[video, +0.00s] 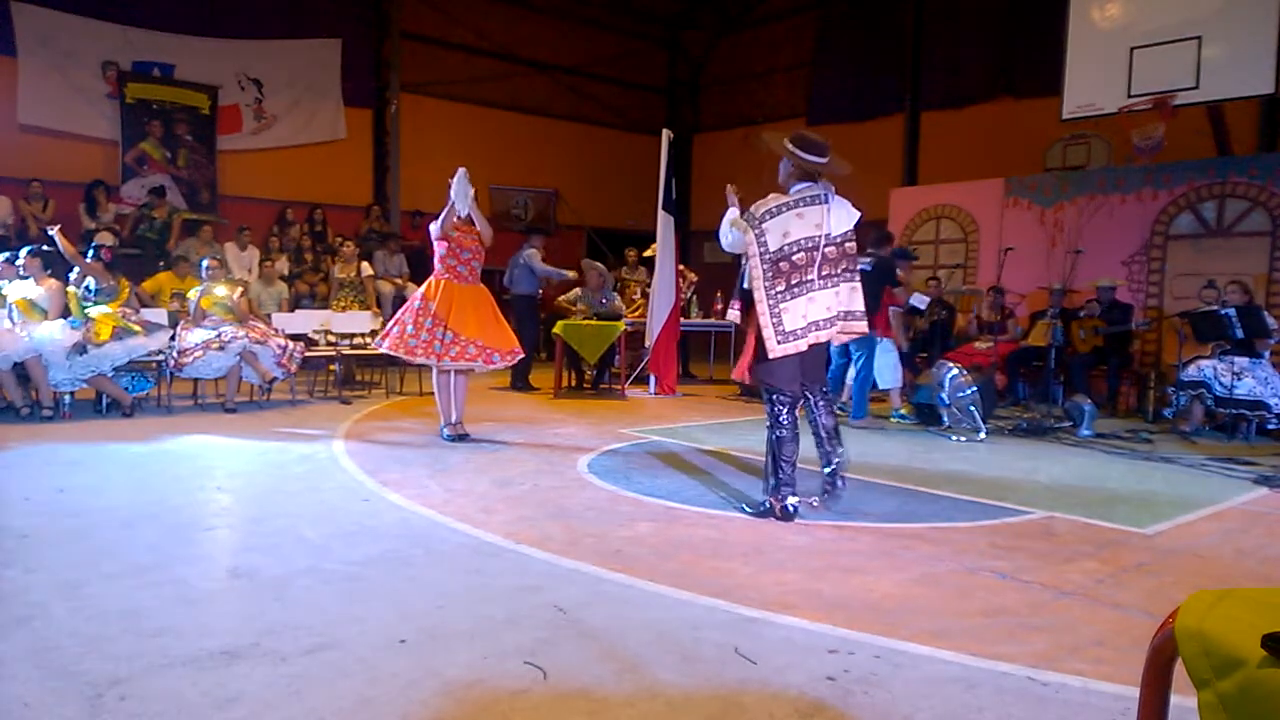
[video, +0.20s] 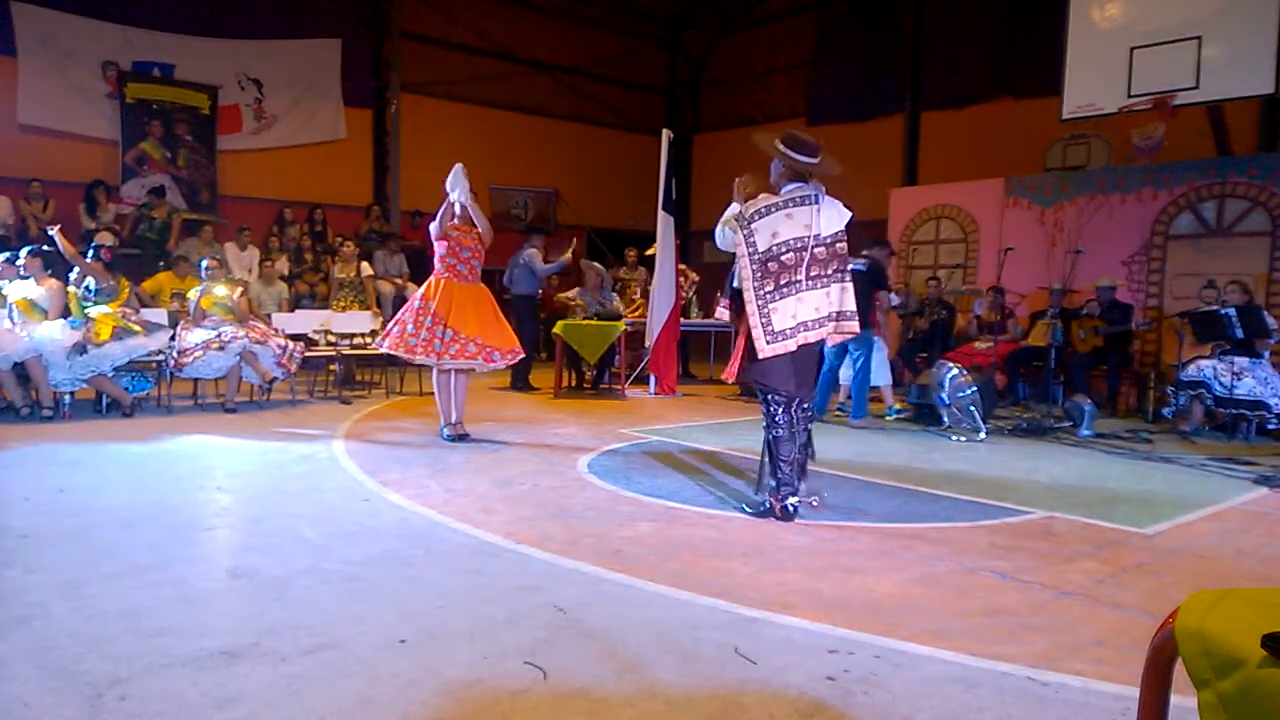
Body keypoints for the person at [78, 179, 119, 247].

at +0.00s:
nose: (100, 194)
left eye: (102, 191)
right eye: (97, 191)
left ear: (106, 192)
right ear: (91, 193)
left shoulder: (112, 207)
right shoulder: (84, 207)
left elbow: (131, 210)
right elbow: (87, 225)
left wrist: (126, 230)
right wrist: (110, 226)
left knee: (104, 235)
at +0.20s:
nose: (100, 194)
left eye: (102, 191)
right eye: (97, 191)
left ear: (106, 192)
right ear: (91, 193)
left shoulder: (112, 207)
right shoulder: (84, 207)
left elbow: (131, 210)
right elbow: (86, 225)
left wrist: (126, 230)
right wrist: (110, 226)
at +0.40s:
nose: (100, 194)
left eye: (102, 191)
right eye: (97, 191)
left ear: (106, 192)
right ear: (91, 193)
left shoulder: (112, 207)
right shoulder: (84, 207)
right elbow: (86, 224)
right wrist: (109, 226)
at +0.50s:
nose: (100, 194)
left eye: (103, 191)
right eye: (97, 191)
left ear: (106, 193)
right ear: (91, 193)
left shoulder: (112, 207)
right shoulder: (83, 207)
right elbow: (86, 224)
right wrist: (110, 226)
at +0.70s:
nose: (100, 194)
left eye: (103, 191)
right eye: (97, 191)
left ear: (106, 192)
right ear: (91, 193)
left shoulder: (112, 207)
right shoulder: (84, 207)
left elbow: (132, 210)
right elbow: (86, 224)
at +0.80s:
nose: (100, 193)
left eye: (102, 191)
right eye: (97, 191)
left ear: (106, 192)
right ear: (91, 193)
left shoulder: (112, 207)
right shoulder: (84, 207)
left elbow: (132, 211)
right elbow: (86, 225)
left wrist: (125, 229)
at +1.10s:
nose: (96, 197)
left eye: (98, 193)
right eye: (93, 193)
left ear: (103, 193)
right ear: (86, 194)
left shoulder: (108, 205)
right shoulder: (80, 206)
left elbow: (112, 220)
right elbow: (83, 224)